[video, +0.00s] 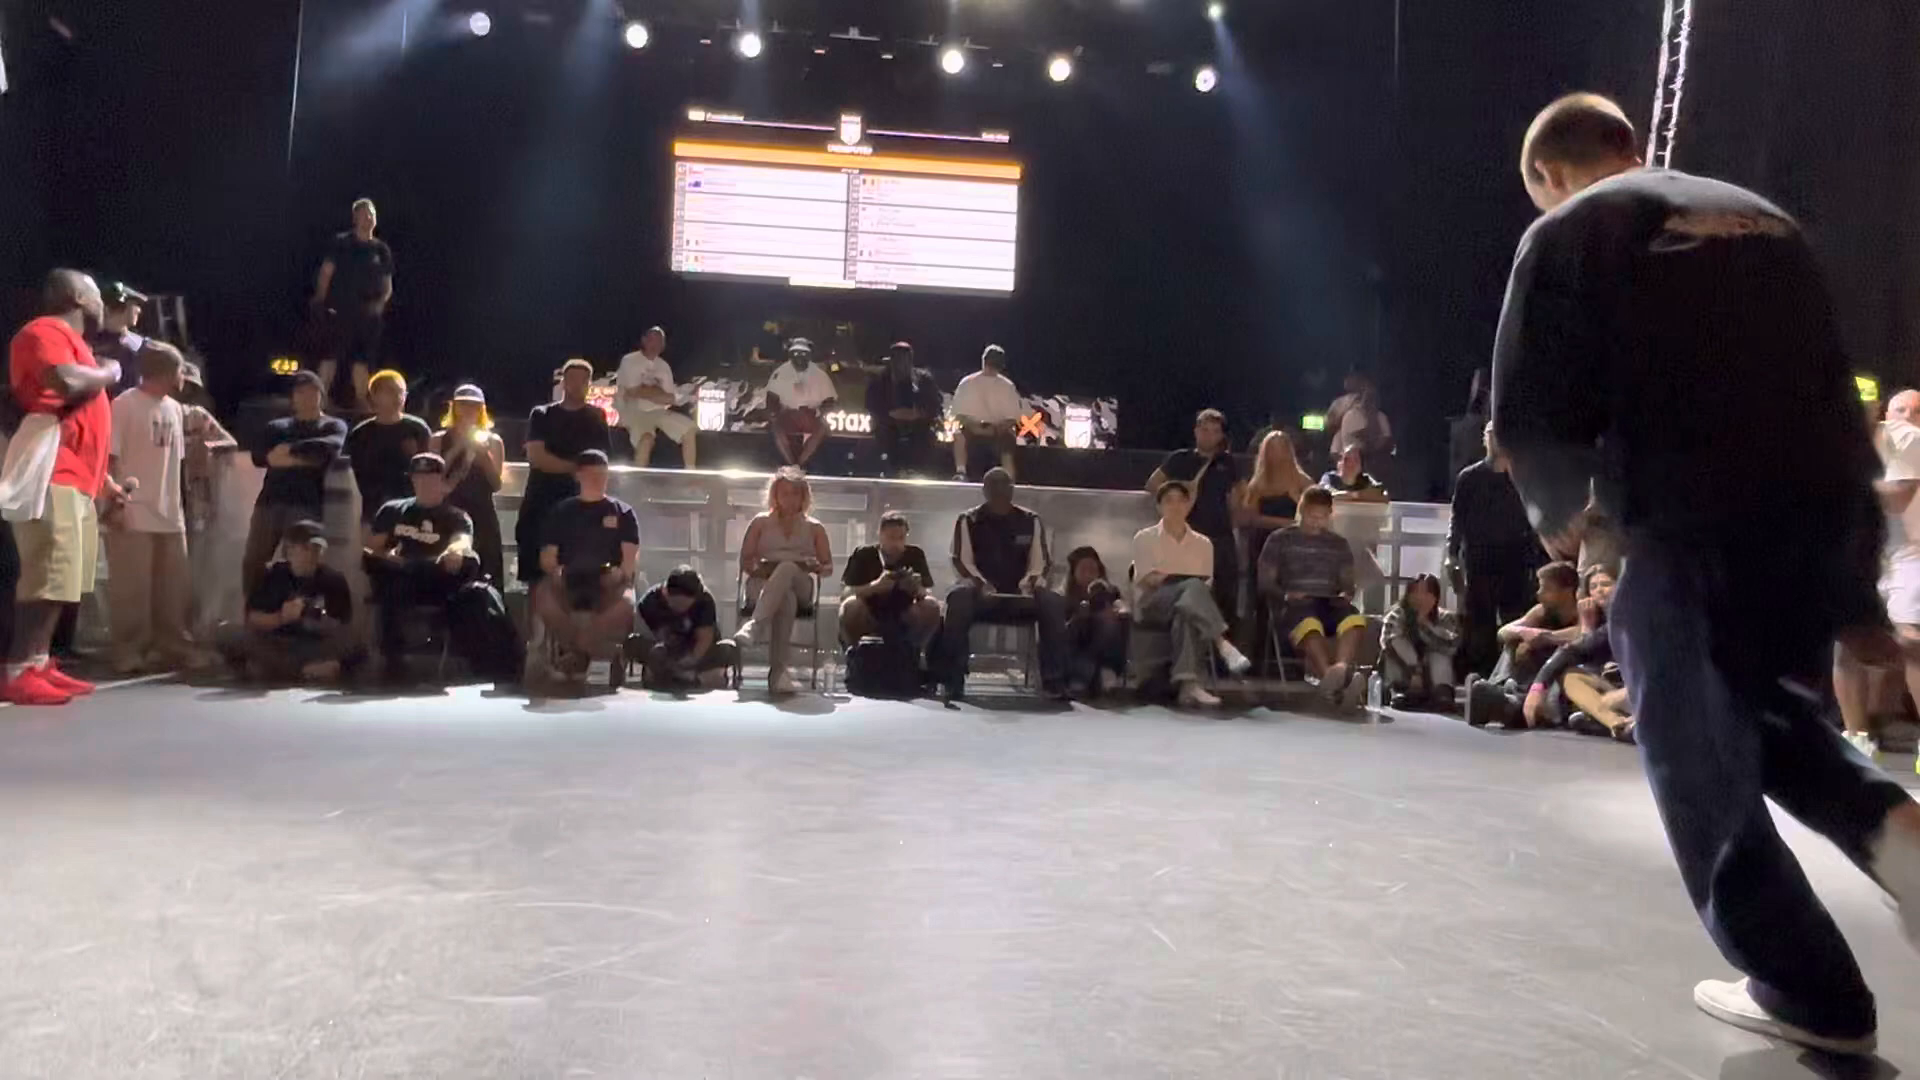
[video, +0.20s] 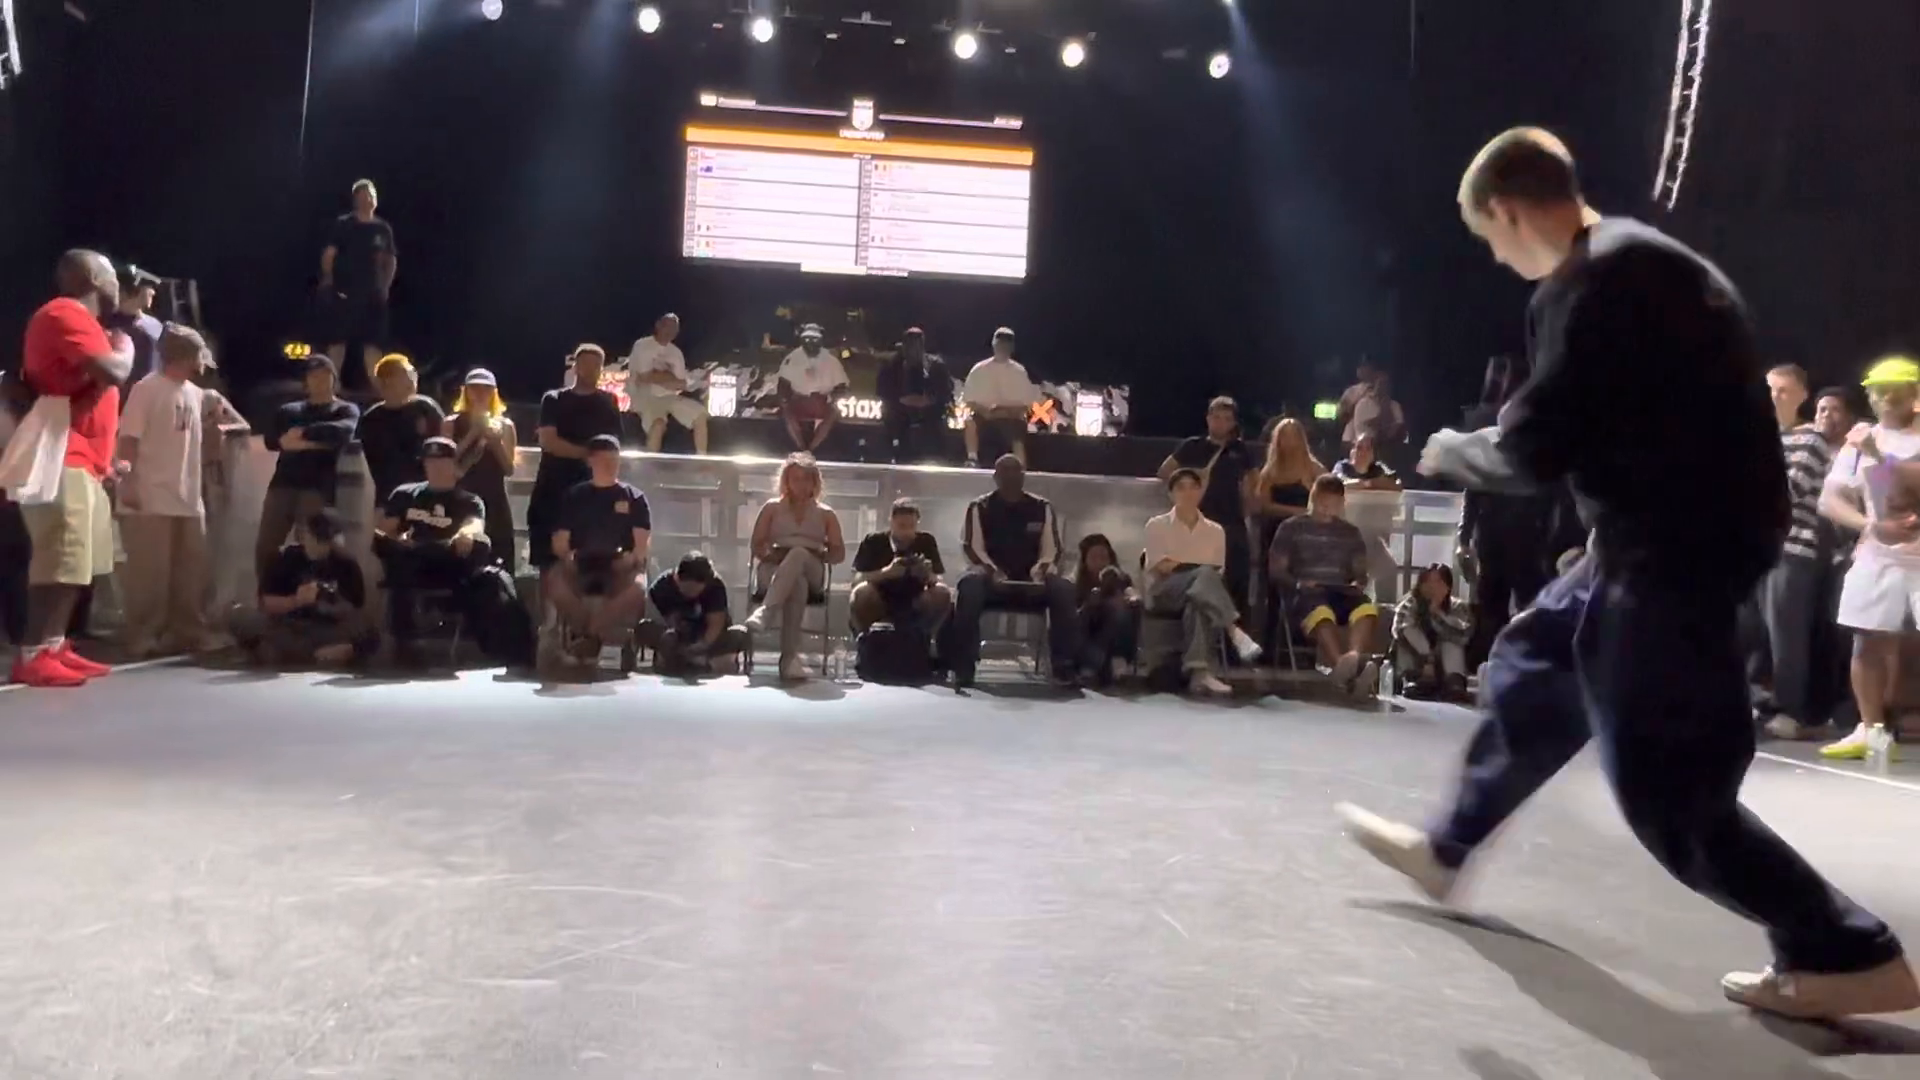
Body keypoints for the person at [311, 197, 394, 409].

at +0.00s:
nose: (367, 220)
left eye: (370, 216)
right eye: (362, 216)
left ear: (375, 220)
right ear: (354, 219)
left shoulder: (381, 249)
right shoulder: (340, 243)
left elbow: (387, 285)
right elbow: (326, 272)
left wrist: (379, 305)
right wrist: (320, 300)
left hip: (367, 311)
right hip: (338, 308)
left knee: (363, 360)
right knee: (330, 357)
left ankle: (363, 404)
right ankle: (320, 401)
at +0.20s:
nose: (367, 200)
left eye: (370, 196)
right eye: (363, 196)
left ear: (376, 200)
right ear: (355, 200)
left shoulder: (383, 228)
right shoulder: (342, 225)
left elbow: (390, 260)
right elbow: (328, 255)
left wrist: (384, 287)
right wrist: (329, 283)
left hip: (372, 293)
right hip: (343, 292)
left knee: (373, 343)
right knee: (337, 342)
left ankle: (377, 390)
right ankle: (333, 385)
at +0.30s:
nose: (367, 192)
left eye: (370, 188)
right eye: (363, 188)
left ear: (376, 191)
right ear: (354, 192)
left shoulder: (384, 220)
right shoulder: (342, 218)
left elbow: (388, 249)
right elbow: (329, 247)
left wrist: (382, 274)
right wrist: (330, 274)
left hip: (375, 284)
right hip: (346, 283)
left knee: (378, 335)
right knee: (341, 335)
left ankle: (381, 381)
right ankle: (337, 378)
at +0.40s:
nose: (370, 186)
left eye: (373, 181)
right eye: (366, 182)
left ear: (378, 185)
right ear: (357, 185)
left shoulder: (386, 213)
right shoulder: (343, 211)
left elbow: (390, 242)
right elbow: (331, 242)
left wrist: (387, 267)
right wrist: (333, 268)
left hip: (378, 277)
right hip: (349, 277)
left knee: (384, 328)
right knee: (346, 329)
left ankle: (389, 375)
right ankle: (343, 373)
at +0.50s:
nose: (373, 180)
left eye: (376, 175)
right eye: (368, 175)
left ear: (381, 179)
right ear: (360, 179)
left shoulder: (389, 207)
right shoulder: (346, 205)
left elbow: (392, 236)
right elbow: (335, 235)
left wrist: (386, 261)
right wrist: (337, 262)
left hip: (381, 272)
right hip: (352, 272)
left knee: (390, 324)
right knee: (350, 325)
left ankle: (395, 370)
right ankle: (348, 368)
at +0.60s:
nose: (377, 175)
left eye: (380, 170)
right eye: (372, 171)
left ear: (385, 174)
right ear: (364, 174)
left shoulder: (393, 202)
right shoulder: (349, 201)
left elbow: (394, 233)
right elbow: (339, 231)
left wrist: (386, 253)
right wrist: (341, 259)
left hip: (384, 265)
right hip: (356, 265)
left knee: (395, 317)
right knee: (356, 319)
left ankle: (403, 366)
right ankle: (354, 365)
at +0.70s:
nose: (381, 170)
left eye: (384, 166)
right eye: (376, 166)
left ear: (389, 169)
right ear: (367, 169)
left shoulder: (398, 198)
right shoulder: (354, 197)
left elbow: (398, 230)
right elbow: (344, 227)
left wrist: (394, 255)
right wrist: (346, 255)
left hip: (392, 262)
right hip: (363, 262)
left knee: (400, 313)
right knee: (362, 314)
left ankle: (406, 359)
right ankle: (360, 359)